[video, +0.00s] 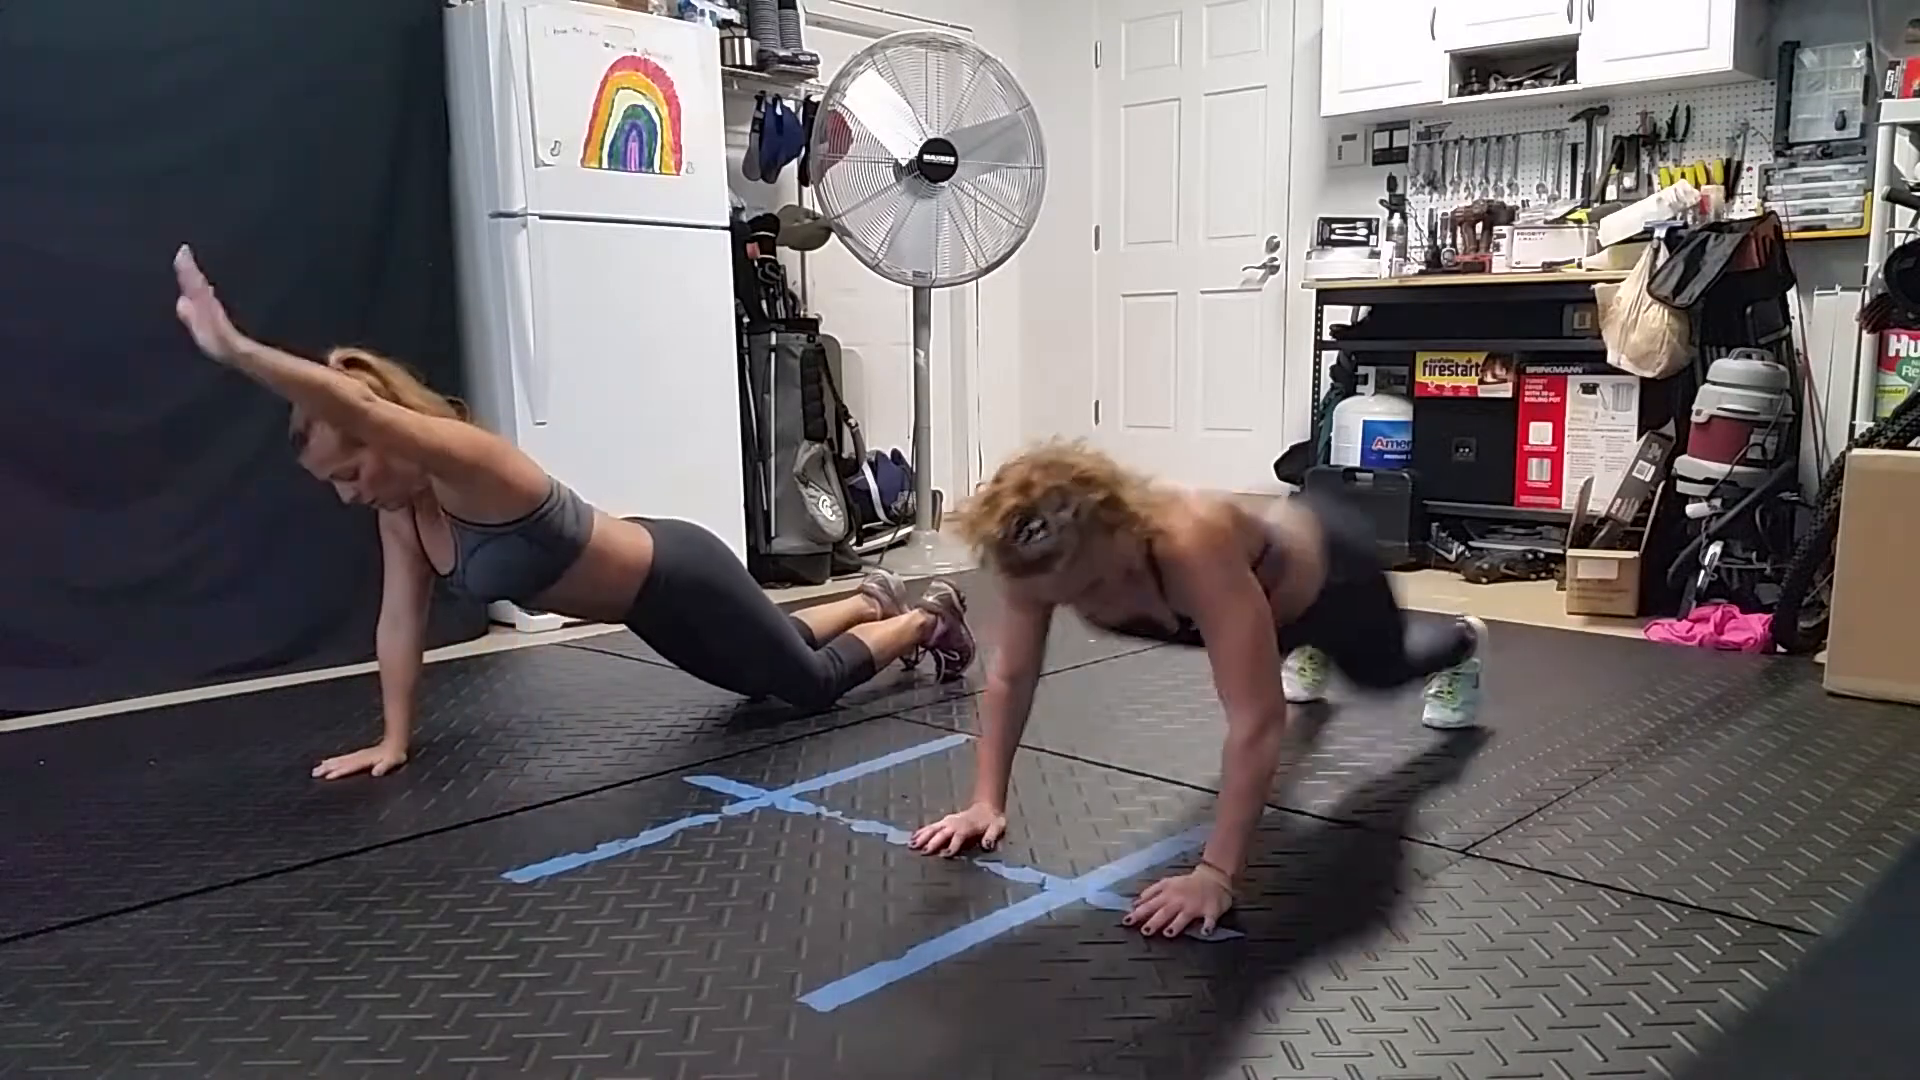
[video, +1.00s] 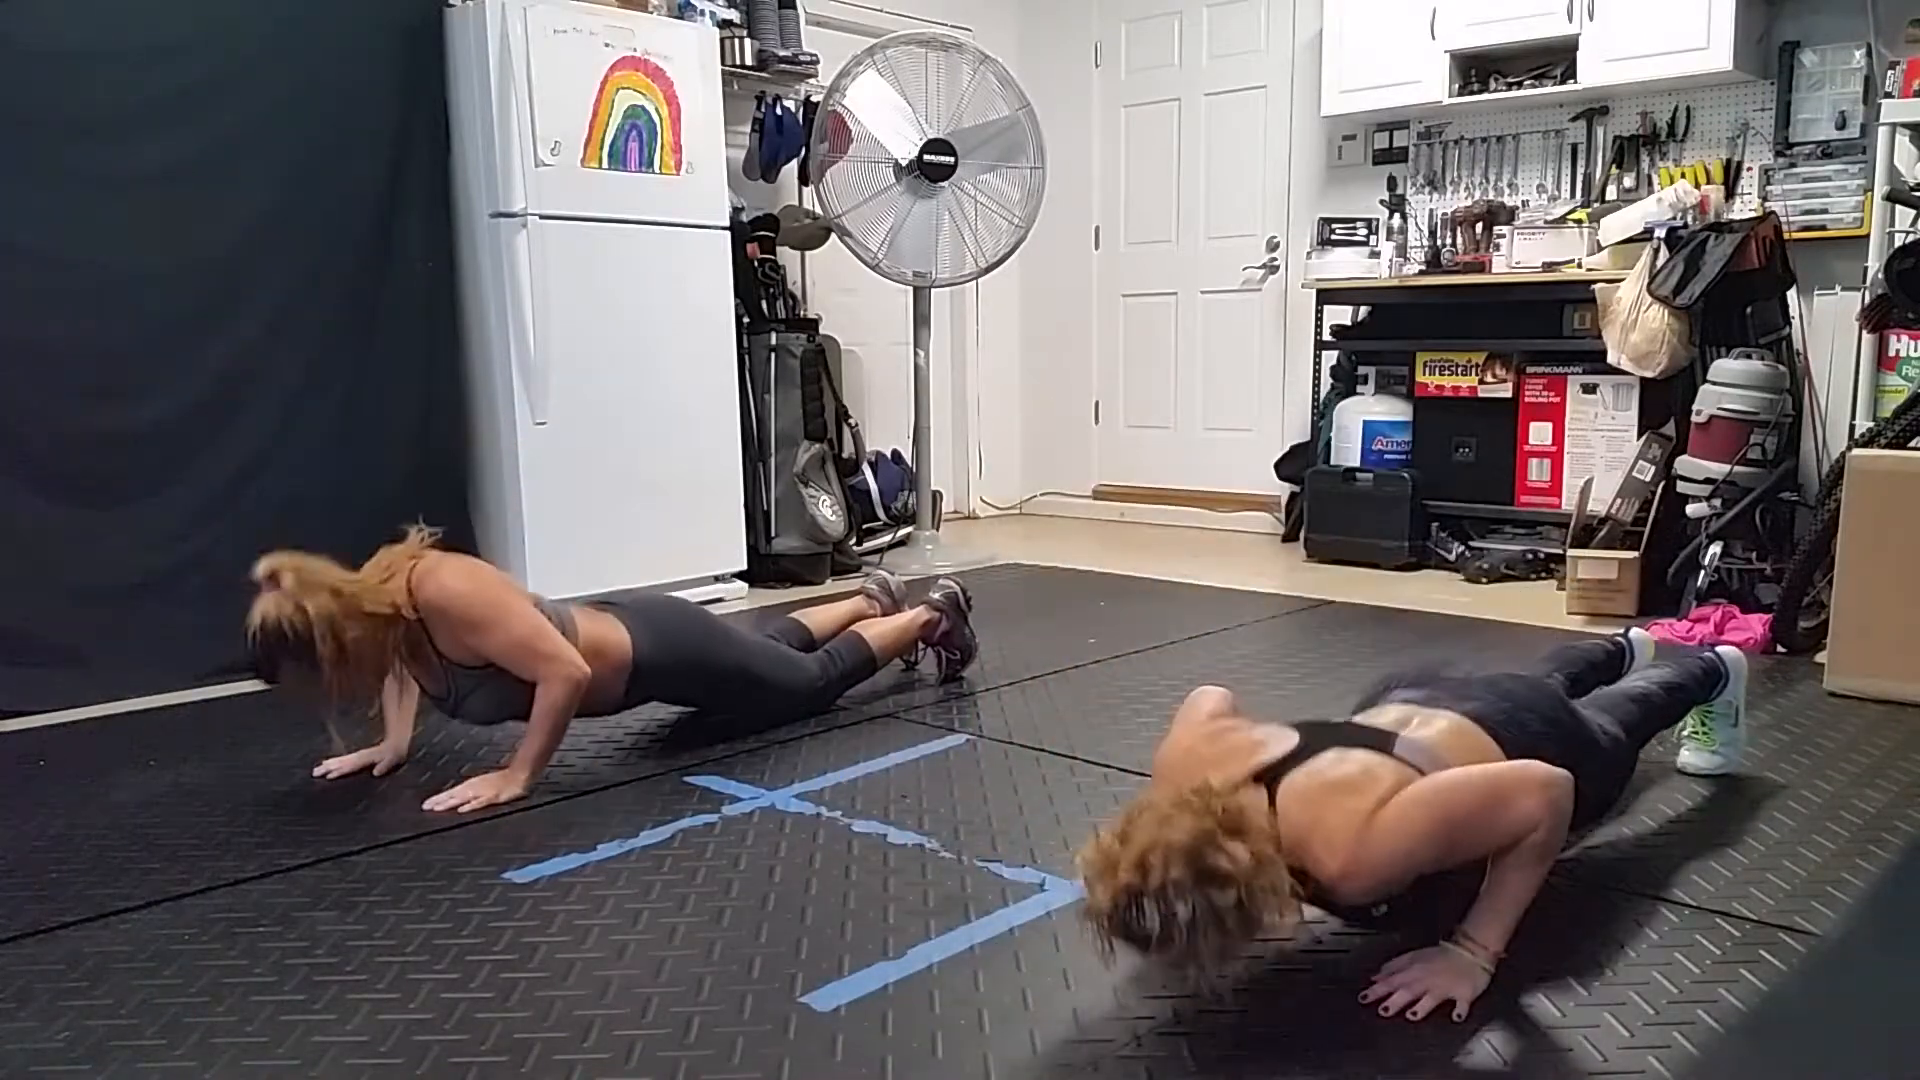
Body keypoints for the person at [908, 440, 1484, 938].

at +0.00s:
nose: (1100, 609)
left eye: (1102, 584)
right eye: (1076, 598)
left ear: (1122, 537)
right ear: (1041, 576)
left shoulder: (1194, 540)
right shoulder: (1034, 560)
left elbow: (1258, 721)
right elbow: (1010, 676)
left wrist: (1216, 873)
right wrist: (985, 802)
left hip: (1331, 580)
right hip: (1244, 596)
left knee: (1383, 662)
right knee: (1271, 648)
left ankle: (1460, 639)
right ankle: (1308, 663)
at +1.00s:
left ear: (1231, 912)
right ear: (1168, 804)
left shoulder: (1357, 848)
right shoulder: (1178, 773)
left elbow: (1544, 795)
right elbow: (1210, 695)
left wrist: (1474, 949)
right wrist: (1200, 715)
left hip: (1523, 739)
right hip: (1427, 704)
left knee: (1624, 708)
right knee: (1543, 677)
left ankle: (1709, 668)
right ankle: (1628, 642)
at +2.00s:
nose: (1039, 563)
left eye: (1043, 544)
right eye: (1027, 550)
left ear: (1087, 506)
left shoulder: (1212, 475)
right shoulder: (1067, 505)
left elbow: (1228, 693)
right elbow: (1059, 652)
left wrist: (1189, 866)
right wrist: (1043, 788)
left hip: (1378, 442)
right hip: (1296, 460)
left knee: (1453, 546)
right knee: (1387, 550)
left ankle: (1533, 620)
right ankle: (1445, 602)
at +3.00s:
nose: (930, 812)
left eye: (932, 799)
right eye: (916, 806)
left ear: (958, 764)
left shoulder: (1077, 719)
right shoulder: (956, 659)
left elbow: (1247, 734)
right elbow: (963, 712)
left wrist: (1188, 880)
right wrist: (979, 796)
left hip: (1251, 662)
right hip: (1166, 627)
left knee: (1362, 655)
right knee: (1296, 620)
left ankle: (1446, 632)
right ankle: (1386, 613)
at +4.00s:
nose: (1199, 684)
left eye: (1205, 664)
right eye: (1182, 673)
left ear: (1235, 617)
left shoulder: (1348, 576)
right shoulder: (1193, 603)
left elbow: (1461, 768)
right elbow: (1189, 724)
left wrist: (1483, 954)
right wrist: (1189, 877)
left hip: (1499, 570)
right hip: (1416, 581)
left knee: (1599, 640)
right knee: (1515, 649)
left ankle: (1694, 679)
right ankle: (1578, 678)